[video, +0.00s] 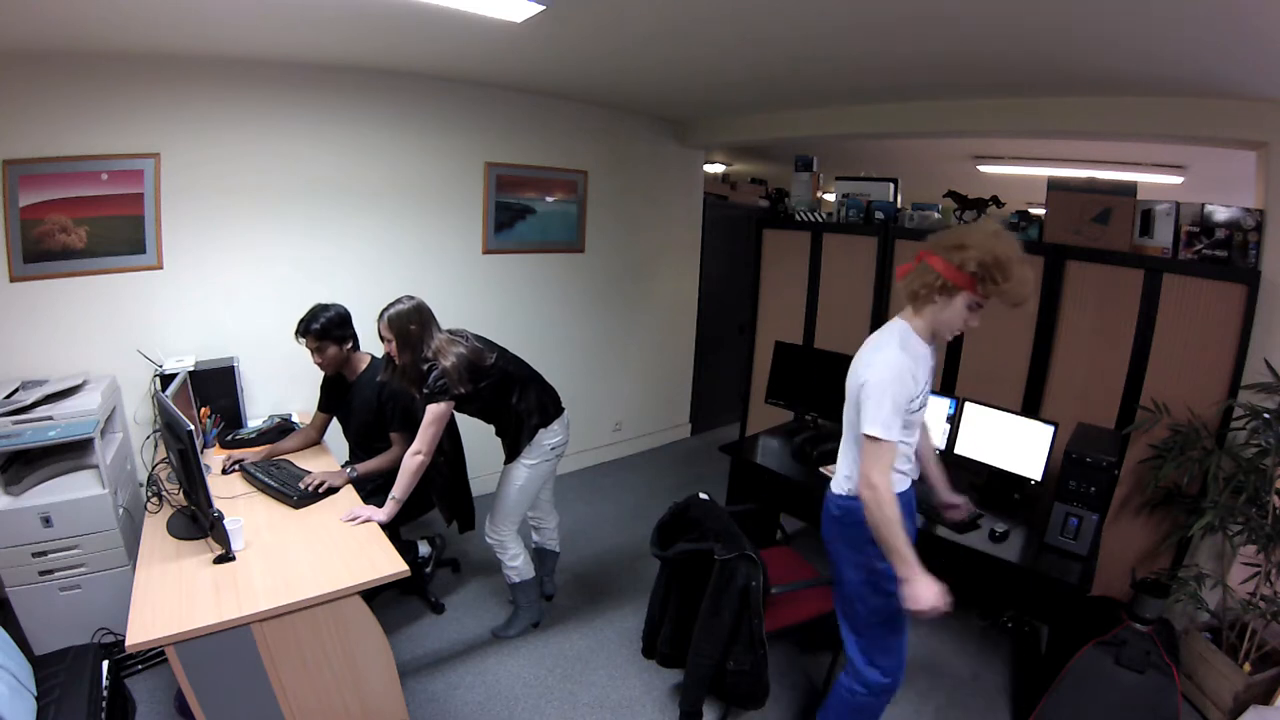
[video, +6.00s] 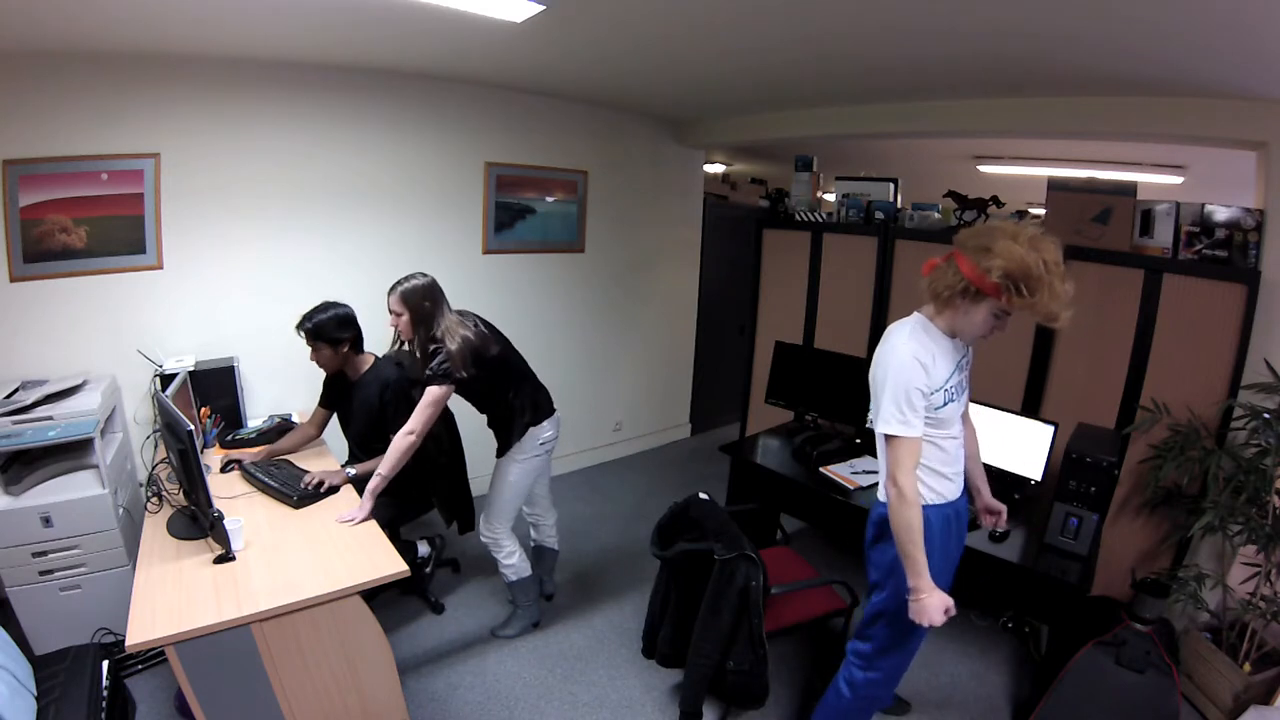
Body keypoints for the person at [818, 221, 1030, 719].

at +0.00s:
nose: (975, 322)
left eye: (980, 310)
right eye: (974, 307)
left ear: (946, 296)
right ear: (943, 291)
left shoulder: (919, 346)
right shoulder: (890, 362)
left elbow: (914, 425)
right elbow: (872, 486)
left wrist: (941, 491)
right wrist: (912, 574)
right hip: (861, 514)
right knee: (877, 669)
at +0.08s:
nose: (987, 318)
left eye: (994, 307)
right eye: (987, 302)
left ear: (960, 288)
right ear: (954, 282)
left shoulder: (935, 339)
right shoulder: (898, 354)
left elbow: (946, 415)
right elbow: (897, 481)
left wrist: (985, 479)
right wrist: (960, 571)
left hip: (892, 501)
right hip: (860, 509)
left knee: (887, 600)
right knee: (856, 664)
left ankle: (865, 665)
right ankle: (838, 709)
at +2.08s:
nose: (998, 329)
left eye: (1004, 318)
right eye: (996, 316)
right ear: (966, 293)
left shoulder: (959, 340)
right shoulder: (904, 355)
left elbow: (966, 419)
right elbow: (894, 486)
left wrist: (988, 494)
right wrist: (906, 590)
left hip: (948, 510)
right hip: (910, 519)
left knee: (919, 614)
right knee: (889, 641)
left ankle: (880, 689)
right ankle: (838, 713)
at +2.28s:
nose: (1003, 324)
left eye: (1009, 313)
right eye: (1002, 310)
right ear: (974, 287)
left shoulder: (965, 338)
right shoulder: (910, 350)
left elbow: (980, 418)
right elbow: (918, 481)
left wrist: (1018, 488)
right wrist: (968, 581)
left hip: (936, 509)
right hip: (897, 519)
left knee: (908, 615)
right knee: (869, 653)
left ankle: (873, 688)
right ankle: (834, 714)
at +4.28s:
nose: (1001, 334)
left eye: (1007, 323)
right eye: (998, 320)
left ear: (978, 304)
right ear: (968, 297)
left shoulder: (959, 342)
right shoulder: (904, 358)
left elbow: (964, 420)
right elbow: (897, 486)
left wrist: (990, 494)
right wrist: (922, 587)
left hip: (946, 509)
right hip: (908, 519)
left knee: (912, 612)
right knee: (880, 645)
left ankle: (877, 689)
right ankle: (840, 712)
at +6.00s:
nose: (999, 330)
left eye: (1006, 319)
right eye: (998, 316)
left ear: (974, 298)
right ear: (969, 293)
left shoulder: (954, 340)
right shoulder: (905, 356)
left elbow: (960, 419)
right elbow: (900, 484)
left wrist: (980, 491)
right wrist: (920, 586)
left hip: (945, 512)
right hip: (911, 521)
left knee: (908, 616)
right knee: (879, 647)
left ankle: (877, 688)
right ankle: (840, 712)